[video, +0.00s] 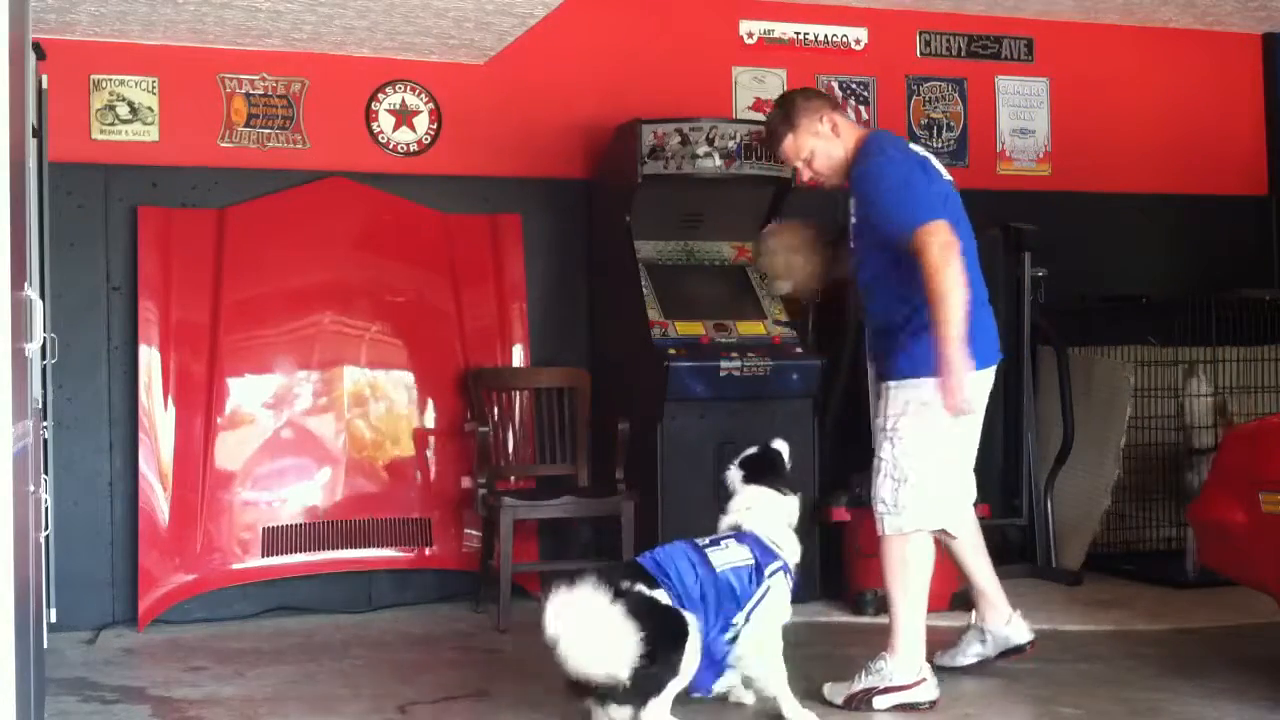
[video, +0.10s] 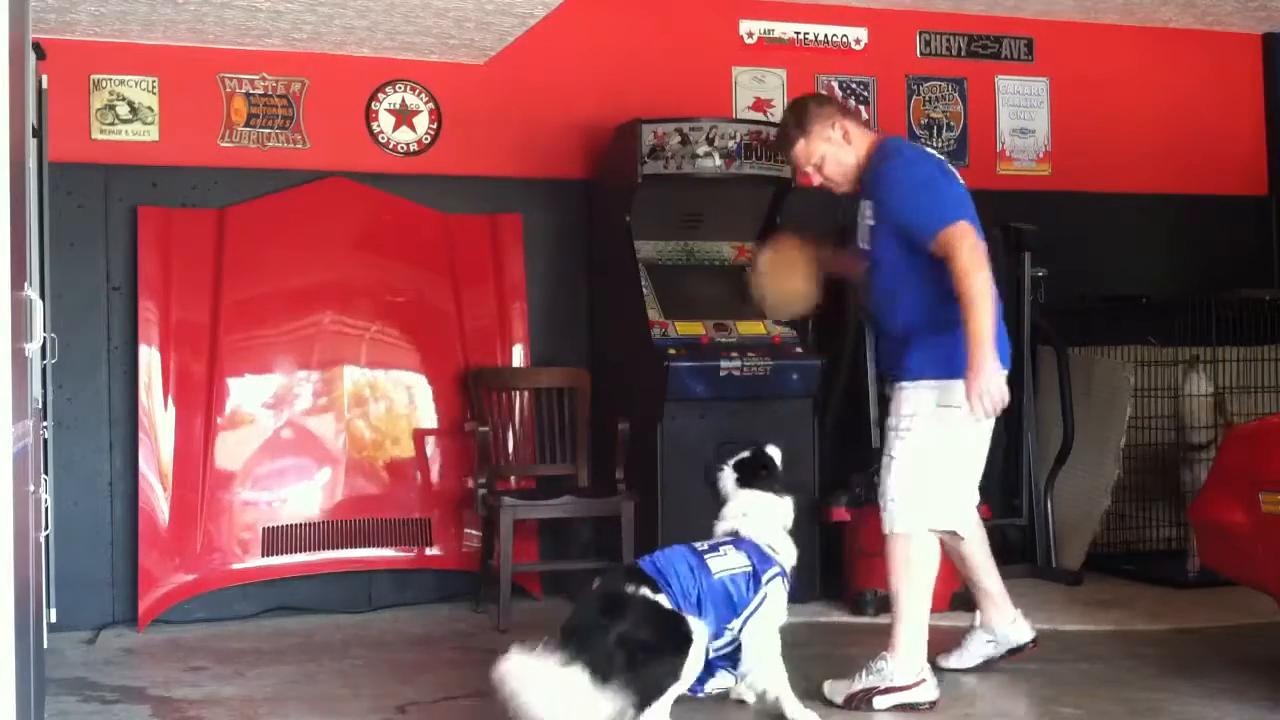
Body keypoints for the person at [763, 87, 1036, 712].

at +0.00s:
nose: (804, 177)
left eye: (802, 159)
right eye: (796, 169)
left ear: (832, 123)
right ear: (836, 124)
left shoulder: (883, 164)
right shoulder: (882, 162)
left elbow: (938, 245)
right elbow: (885, 255)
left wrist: (953, 355)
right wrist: (819, 265)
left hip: (923, 363)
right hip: (940, 358)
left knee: (902, 507)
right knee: (945, 497)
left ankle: (906, 664)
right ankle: (999, 618)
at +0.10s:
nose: (816, 181)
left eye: (814, 165)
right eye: (808, 173)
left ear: (843, 130)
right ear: (842, 134)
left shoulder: (903, 169)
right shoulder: (883, 179)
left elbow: (967, 250)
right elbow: (885, 266)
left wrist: (982, 362)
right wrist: (813, 255)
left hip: (940, 373)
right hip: (936, 370)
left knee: (907, 510)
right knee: (947, 502)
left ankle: (907, 665)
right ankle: (1002, 619)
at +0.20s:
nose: (829, 191)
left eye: (827, 176)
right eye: (820, 184)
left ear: (856, 142)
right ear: (846, 152)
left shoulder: (926, 179)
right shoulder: (880, 204)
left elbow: (989, 258)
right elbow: (887, 299)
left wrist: (991, 364)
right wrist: (813, 308)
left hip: (962, 377)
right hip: (935, 376)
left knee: (927, 513)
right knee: (956, 511)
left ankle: (911, 665)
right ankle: (1008, 628)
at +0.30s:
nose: (840, 202)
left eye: (840, 186)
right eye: (831, 194)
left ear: (870, 154)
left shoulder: (944, 185)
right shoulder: (881, 223)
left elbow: (1002, 269)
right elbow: (881, 325)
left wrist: (986, 369)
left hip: (995, 375)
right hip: (942, 379)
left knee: (960, 511)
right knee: (963, 512)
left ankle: (930, 655)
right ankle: (1012, 634)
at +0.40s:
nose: (848, 210)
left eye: (849, 195)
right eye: (840, 201)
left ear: (878, 163)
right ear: (866, 176)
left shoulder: (953, 190)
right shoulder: (882, 227)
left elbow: (1005, 279)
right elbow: (896, 318)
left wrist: (978, 378)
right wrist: (889, 403)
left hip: (1014, 366)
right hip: (956, 371)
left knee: (986, 498)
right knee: (964, 502)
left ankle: (996, 642)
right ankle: (1008, 632)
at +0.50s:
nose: (857, 216)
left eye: (857, 201)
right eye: (849, 208)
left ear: (883, 169)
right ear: (878, 175)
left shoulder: (957, 202)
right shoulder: (902, 219)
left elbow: (1000, 305)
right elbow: (928, 310)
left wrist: (973, 406)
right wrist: (924, 391)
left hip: (1028, 360)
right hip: (974, 365)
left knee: (1011, 494)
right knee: (970, 497)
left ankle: (1066, 640)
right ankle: (1010, 632)